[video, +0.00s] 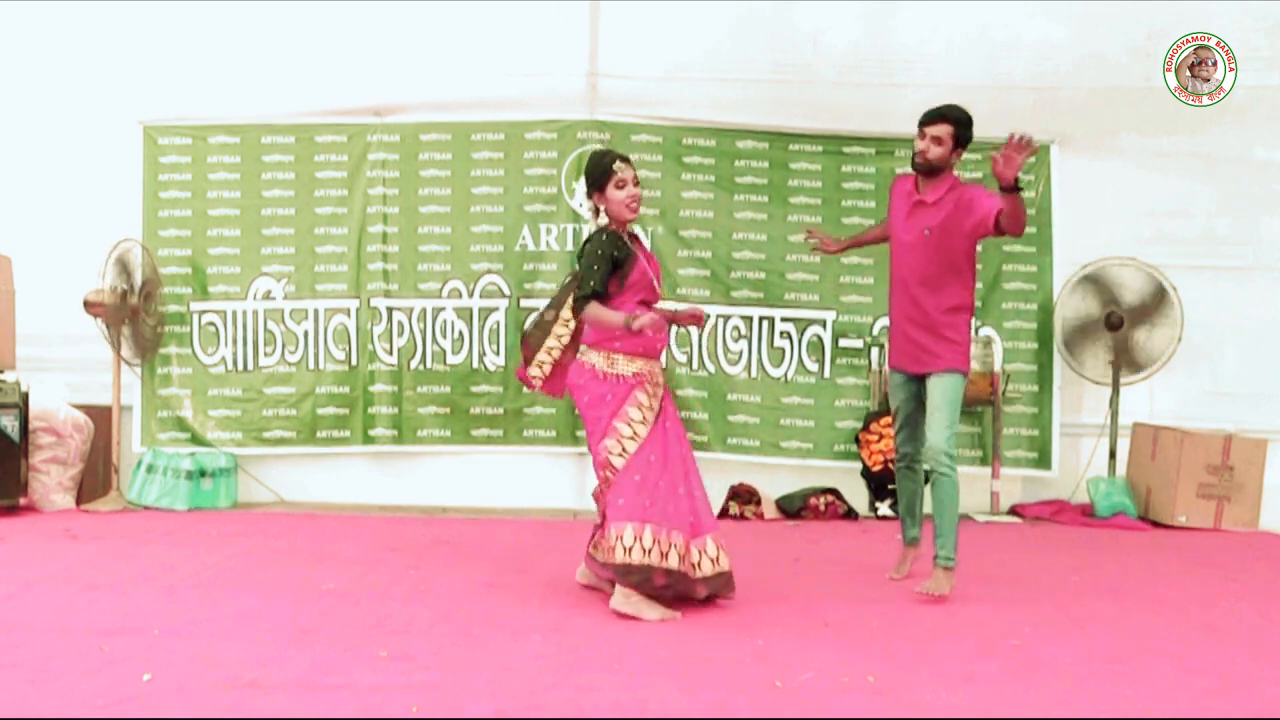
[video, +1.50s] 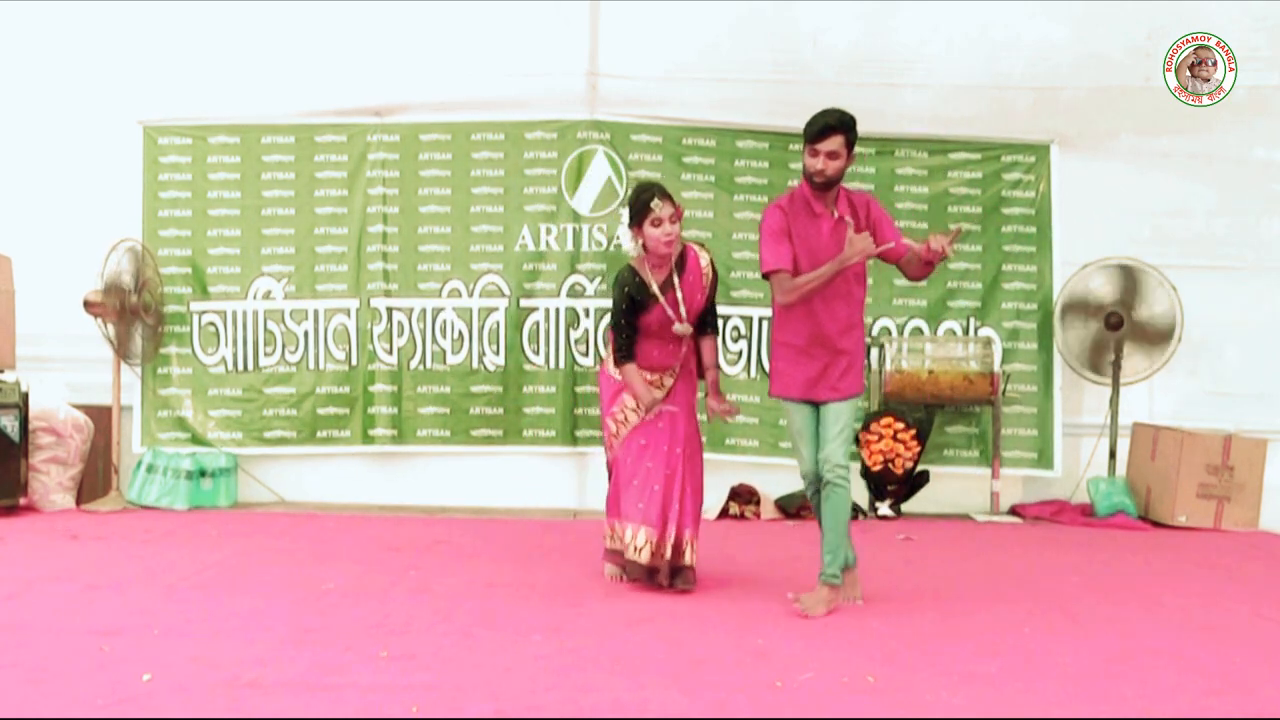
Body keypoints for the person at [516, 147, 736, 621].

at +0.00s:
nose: (634, 193)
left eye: (636, 184)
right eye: (621, 187)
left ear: (640, 189)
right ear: (598, 198)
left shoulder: (634, 242)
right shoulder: (603, 242)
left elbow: (635, 304)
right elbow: (584, 305)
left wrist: (676, 315)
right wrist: (626, 322)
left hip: (634, 372)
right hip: (610, 374)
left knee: (636, 467)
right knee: (647, 468)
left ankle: (598, 561)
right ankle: (631, 590)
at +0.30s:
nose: (607, 188)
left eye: (612, 179)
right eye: (595, 181)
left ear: (619, 185)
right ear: (575, 189)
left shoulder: (632, 236)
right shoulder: (566, 238)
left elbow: (657, 292)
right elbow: (566, 302)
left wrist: (632, 280)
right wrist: (627, 297)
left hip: (621, 360)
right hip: (575, 361)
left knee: (622, 454)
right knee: (583, 456)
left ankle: (613, 557)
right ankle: (553, 546)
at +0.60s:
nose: (591, 189)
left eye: (596, 180)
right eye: (580, 182)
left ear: (603, 186)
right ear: (560, 191)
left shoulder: (621, 243)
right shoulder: (546, 243)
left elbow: (631, 306)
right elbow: (526, 310)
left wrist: (627, 360)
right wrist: (526, 370)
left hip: (603, 367)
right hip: (553, 366)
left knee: (601, 458)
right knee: (555, 458)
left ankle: (597, 558)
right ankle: (556, 557)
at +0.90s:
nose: (594, 203)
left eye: (599, 194)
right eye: (583, 195)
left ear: (608, 198)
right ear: (563, 204)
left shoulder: (627, 257)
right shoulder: (552, 259)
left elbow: (636, 318)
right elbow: (530, 325)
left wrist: (624, 368)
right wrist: (521, 385)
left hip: (606, 374)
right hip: (556, 372)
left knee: (598, 463)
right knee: (556, 461)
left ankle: (586, 559)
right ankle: (550, 557)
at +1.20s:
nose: (633, 219)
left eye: (637, 209)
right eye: (622, 213)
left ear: (645, 209)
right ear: (602, 220)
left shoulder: (665, 262)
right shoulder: (590, 263)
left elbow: (668, 328)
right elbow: (575, 331)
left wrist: (674, 390)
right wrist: (617, 369)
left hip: (639, 369)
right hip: (587, 368)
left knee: (633, 457)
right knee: (584, 455)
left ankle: (625, 559)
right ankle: (543, 544)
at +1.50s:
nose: (669, 231)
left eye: (674, 221)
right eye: (658, 224)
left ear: (681, 221)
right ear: (638, 231)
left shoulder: (700, 265)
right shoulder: (630, 279)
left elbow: (707, 327)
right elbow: (622, 345)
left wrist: (712, 389)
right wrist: (640, 391)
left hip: (679, 372)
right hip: (633, 373)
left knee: (681, 455)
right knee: (643, 456)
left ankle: (676, 555)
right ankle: (639, 553)